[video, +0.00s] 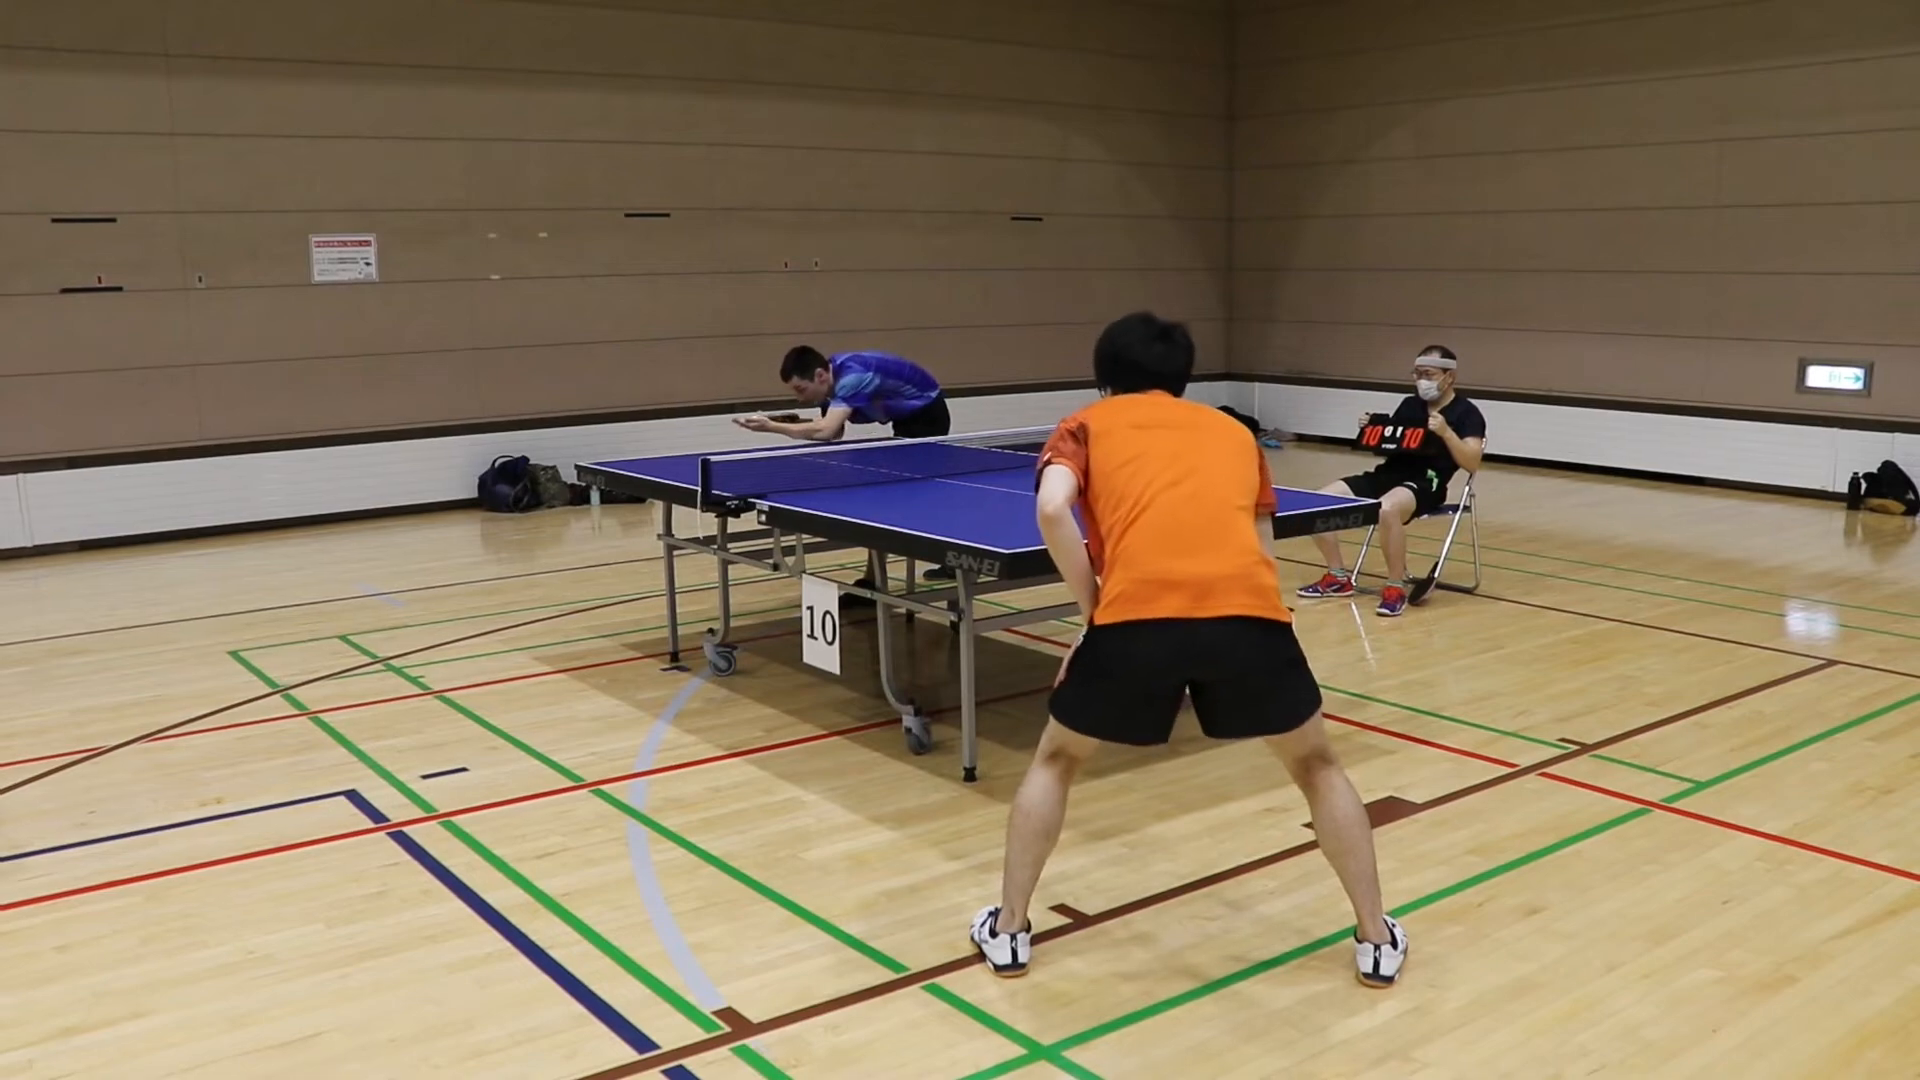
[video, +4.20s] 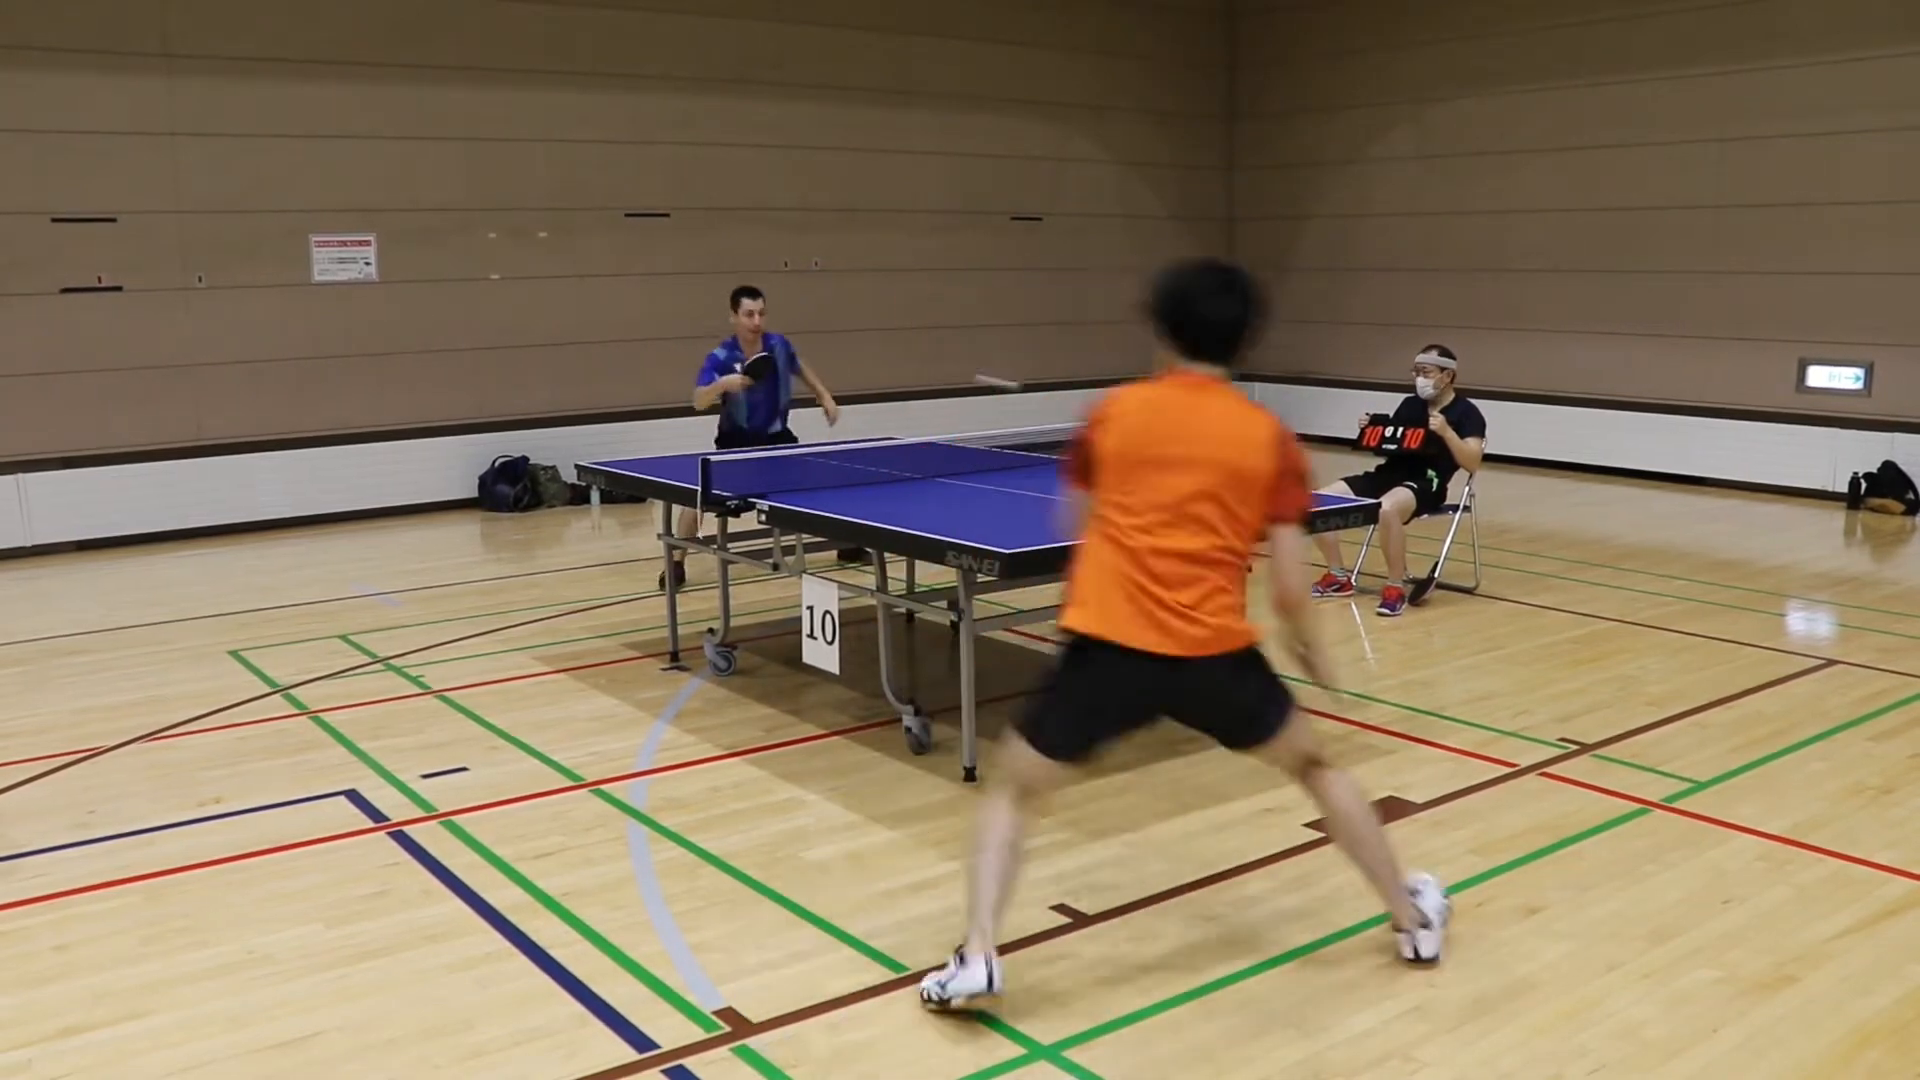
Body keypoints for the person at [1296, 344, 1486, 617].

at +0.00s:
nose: (1423, 381)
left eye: (1430, 375)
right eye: (1418, 374)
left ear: (1450, 377)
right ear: (1413, 375)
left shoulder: (1466, 414)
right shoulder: (1411, 404)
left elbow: (1472, 463)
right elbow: (1392, 439)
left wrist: (1446, 433)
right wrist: (1373, 425)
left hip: (1427, 481)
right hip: (1390, 474)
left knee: (1389, 509)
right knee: (1319, 502)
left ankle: (1394, 588)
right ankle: (1338, 576)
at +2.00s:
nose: (1423, 382)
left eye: (1430, 375)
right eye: (1419, 375)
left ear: (1449, 378)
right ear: (1414, 375)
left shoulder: (1467, 414)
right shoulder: (1411, 405)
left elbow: (1472, 463)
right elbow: (1393, 440)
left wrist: (1447, 433)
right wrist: (1372, 426)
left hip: (1427, 482)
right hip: (1390, 474)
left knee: (1388, 509)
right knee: (1319, 501)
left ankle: (1395, 588)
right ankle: (1337, 576)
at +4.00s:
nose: (1422, 379)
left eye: (1430, 373)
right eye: (1418, 373)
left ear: (1449, 377)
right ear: (1414, 374)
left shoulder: (1467, 414)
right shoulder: (1411, 404)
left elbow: (1472, 463)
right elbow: (1394, 438)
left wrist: (1447, 433)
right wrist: (1373, 426)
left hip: (1427, 482)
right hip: (1391, 473)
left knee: (1388, 509)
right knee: (1320, 502)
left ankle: (1395, 588)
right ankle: (1337, 576)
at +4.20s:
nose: (1419, 378)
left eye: (1427, 373)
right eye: (1417, 372)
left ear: (1448, 378)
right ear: (1413, 373)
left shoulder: (1467, 414)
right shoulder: (1411, 404)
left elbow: (1472, 463)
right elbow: (1393, 439)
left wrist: (1446, 432)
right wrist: (1372, 427)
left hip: (1427, 482)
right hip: (1390, 473)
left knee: (1389, 509)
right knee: (1318, 502)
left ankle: (1395, 588)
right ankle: (1338, 575)